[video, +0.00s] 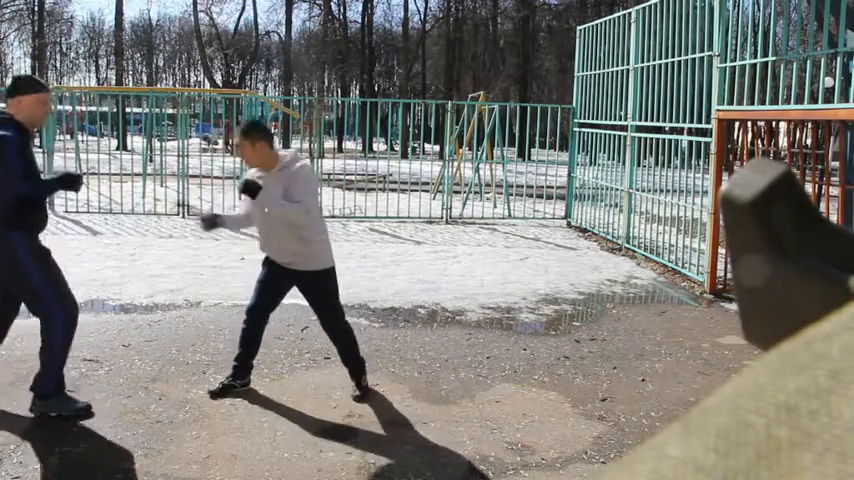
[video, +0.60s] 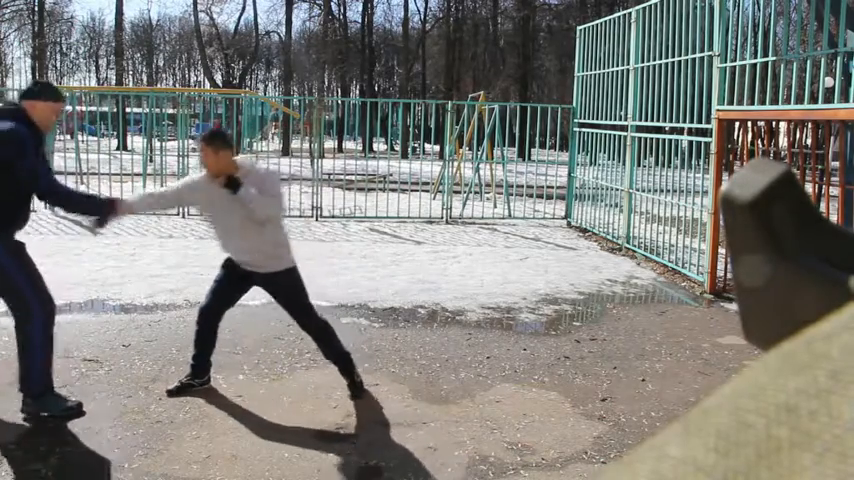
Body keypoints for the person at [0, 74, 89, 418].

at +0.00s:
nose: (48, 111)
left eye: (48, 104)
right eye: (44, 103)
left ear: (20, 103)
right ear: (21, 102)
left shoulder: (13, 136)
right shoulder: (10, 139)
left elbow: (21, 189)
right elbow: (20, 191)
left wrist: (56, 183)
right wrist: (61, 183)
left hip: (11, 243)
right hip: (16, 244)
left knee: (5, 313)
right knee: (61, 310)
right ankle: (48, 395)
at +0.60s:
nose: (57, 119)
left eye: (58, 112)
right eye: (55, 111)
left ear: (34, 105)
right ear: (35, 106)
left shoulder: (19, 132)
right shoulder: (17, 135)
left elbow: (46, 188)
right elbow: (47, 190)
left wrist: (99, 205)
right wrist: (103, 206)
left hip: (6, 243)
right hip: (3, 245)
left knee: (36, 308)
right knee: (37, 308)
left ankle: (37, 393)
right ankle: (38, 396)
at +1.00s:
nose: (41, 116)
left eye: (41, 108)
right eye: (36, 108)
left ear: (13, 109)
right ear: (12, 109)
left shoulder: (16, 143)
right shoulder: (7, 144)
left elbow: (34, 192)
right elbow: (30, 194)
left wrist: (78, 207)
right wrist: (78, 208)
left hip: (8, 250)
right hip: (4, 253)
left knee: (40, 313)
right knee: (38, 315)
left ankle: (39, 394)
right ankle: (39, 397)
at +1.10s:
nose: (35, 102)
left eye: (35, 95)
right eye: (29, 95)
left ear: (13, 97)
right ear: (8, 96)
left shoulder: (11, 129)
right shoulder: (5, 131)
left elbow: (16, 180)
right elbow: (14, 182)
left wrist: (53, 182)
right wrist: (55, 182)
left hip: (10, 238)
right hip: (5, 240)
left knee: (36, 306)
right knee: (37, 306)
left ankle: (39, 388)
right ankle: (41, 391)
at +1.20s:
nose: (32, 103)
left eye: (31, 95)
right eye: (26, 95)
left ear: (10, 98)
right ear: (7, 97)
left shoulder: (9, 131)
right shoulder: (5, 133)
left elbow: (8, 186)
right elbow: (6, 188)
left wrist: (29, 178)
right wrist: (31, 178)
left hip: (11, 240)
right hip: (7, 242)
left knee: (38, 309)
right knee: (37, 309)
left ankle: (44, 391)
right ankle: (45, 393)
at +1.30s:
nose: (27, 110)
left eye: (27, 102)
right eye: (22, 102)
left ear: (7, 103)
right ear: (4, 102)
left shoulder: (5, 136)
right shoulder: (1, 137)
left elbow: (8, 190)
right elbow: (8, 191)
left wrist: (39, 194)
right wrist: (40, 194)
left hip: (9, 242)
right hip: (7, 244)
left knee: (42, 310)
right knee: (44, 309)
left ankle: (45, 390)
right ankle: (46, 392)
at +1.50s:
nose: (25, 109)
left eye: (25, 101)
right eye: (20, 101)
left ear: (8, 103)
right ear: (1, 103)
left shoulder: (4, 138)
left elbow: (7, 188)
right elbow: (6, 190)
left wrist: (34, 182)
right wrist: (38, 182)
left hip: (11, 244)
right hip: (7, 246)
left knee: (4, 307)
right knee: (46, 306)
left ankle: (53, 389)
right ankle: (53, 391)